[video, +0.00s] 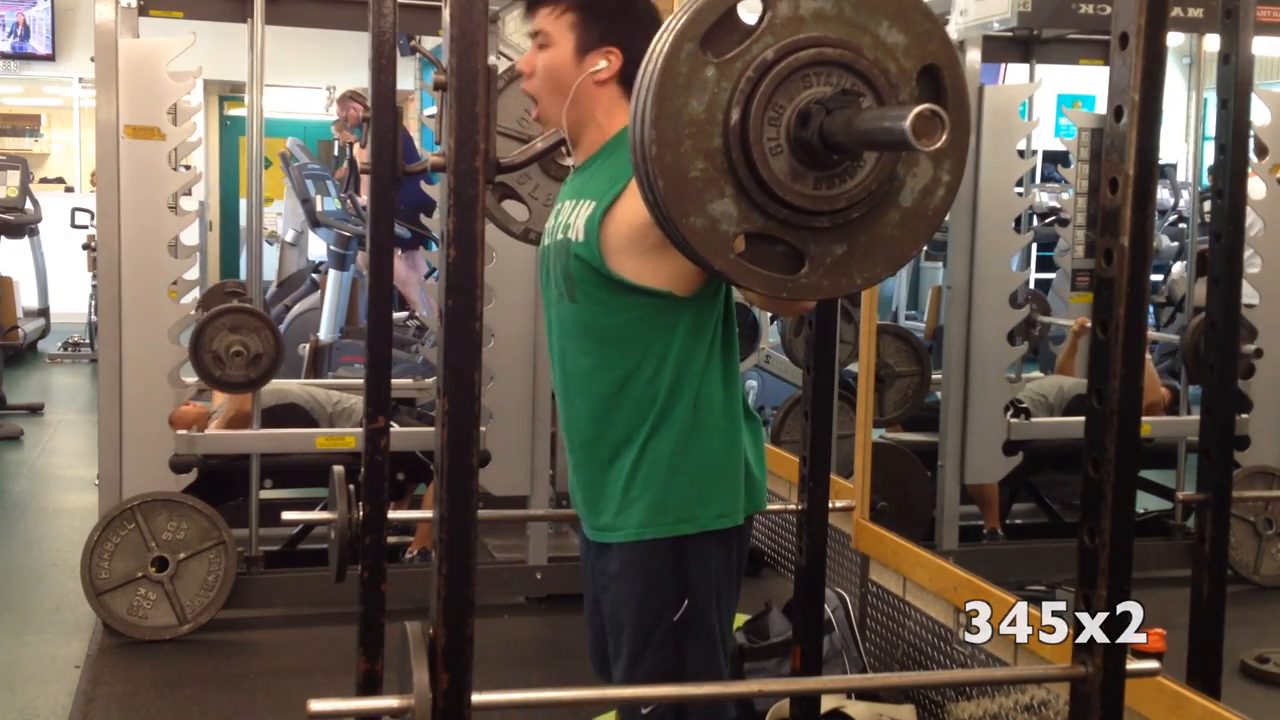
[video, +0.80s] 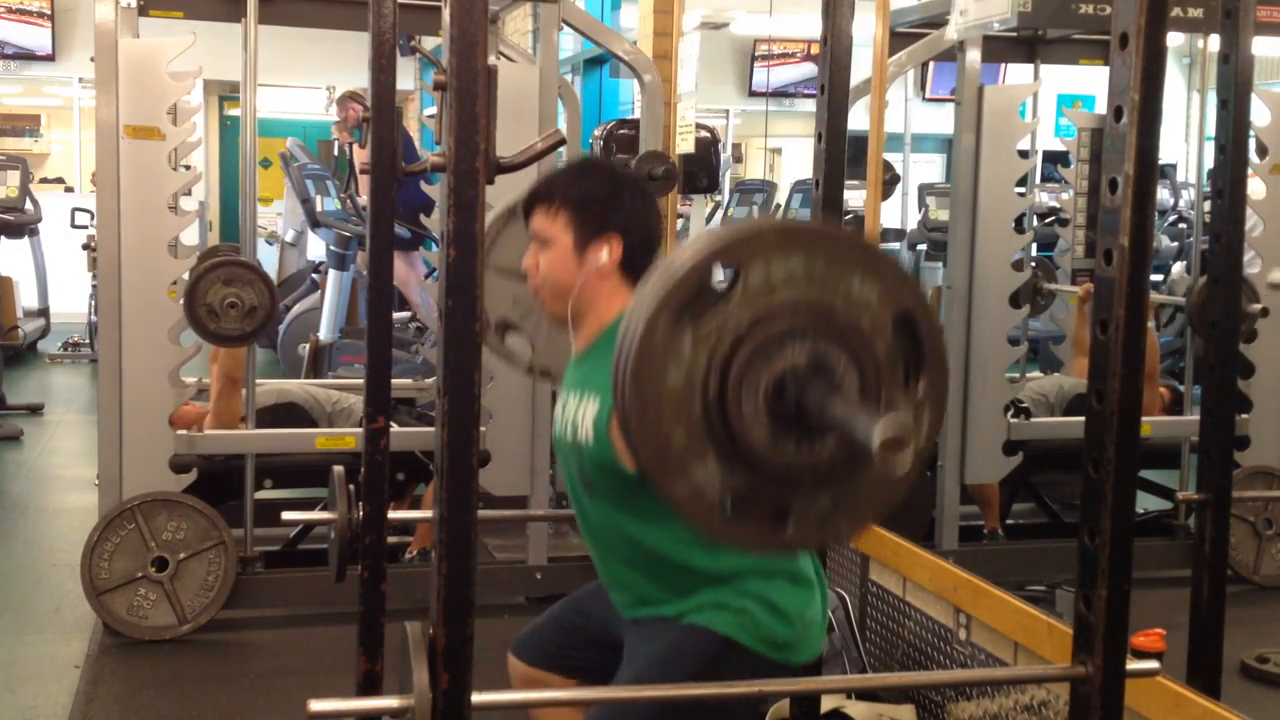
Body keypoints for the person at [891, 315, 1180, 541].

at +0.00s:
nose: (1158, 395)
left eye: (1162, 396)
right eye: (1160, 393)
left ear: (1161, 404)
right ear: (1153, 396)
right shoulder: (1098, 390)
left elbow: (1153, 399)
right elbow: (1060, 378)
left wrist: (1140, 347)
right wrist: (1075, 337)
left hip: (1020, 416)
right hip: (1001, 407)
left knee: (977, 452)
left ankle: (993, 530)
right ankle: (992, 527)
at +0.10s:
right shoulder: (1088, 391)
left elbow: (1153, 397)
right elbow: (1063, 375)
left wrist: (1139, 340)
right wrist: (1076, 332)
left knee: (979, 453)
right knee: (978, 452)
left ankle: (992, 529)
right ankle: (992, 528)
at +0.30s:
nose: (1162, 392)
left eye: (1163, 395)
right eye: (1163, 392)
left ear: (1160, 407)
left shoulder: (1124, 415)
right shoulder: (1083, 389)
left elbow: (1152, 390)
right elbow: (1070, 365)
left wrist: (1141, 334)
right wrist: (1079, 323)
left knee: (979, 451)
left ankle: (992, 529)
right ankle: (991, 527)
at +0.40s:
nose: (1158, 389)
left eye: (1162, 394)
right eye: (1161, 389)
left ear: (1161, 409)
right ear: (1148, 394)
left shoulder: (1142, 408)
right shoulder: (1100, 389)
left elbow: (1150, 382)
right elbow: (1074, 360)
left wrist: (1140, 325)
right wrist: (1082, 318)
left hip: (1017, 414)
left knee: (979, 451)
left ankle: (992, 530)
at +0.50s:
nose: (1157, 389)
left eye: (1160, 393)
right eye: (1159, 389)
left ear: (1161, 407)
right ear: (1152, 395)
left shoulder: (1145, 405)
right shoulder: (1108, 389)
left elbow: (1148, 370)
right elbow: (1075, 357)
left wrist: (1139, 318)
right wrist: (1082, 314)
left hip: (1023, 411)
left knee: (978, 449)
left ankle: (993, 529)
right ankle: (991, 526)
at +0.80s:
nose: (1154, 395)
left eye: (1161, 397)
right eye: (1158, 390)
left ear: (1163, 410)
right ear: (1151, 387)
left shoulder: (1145, 415)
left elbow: (1150, 372)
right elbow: (1081, 353)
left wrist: (1144, 313)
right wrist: (1081, 304)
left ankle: (992, 527)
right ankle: (992, 526)